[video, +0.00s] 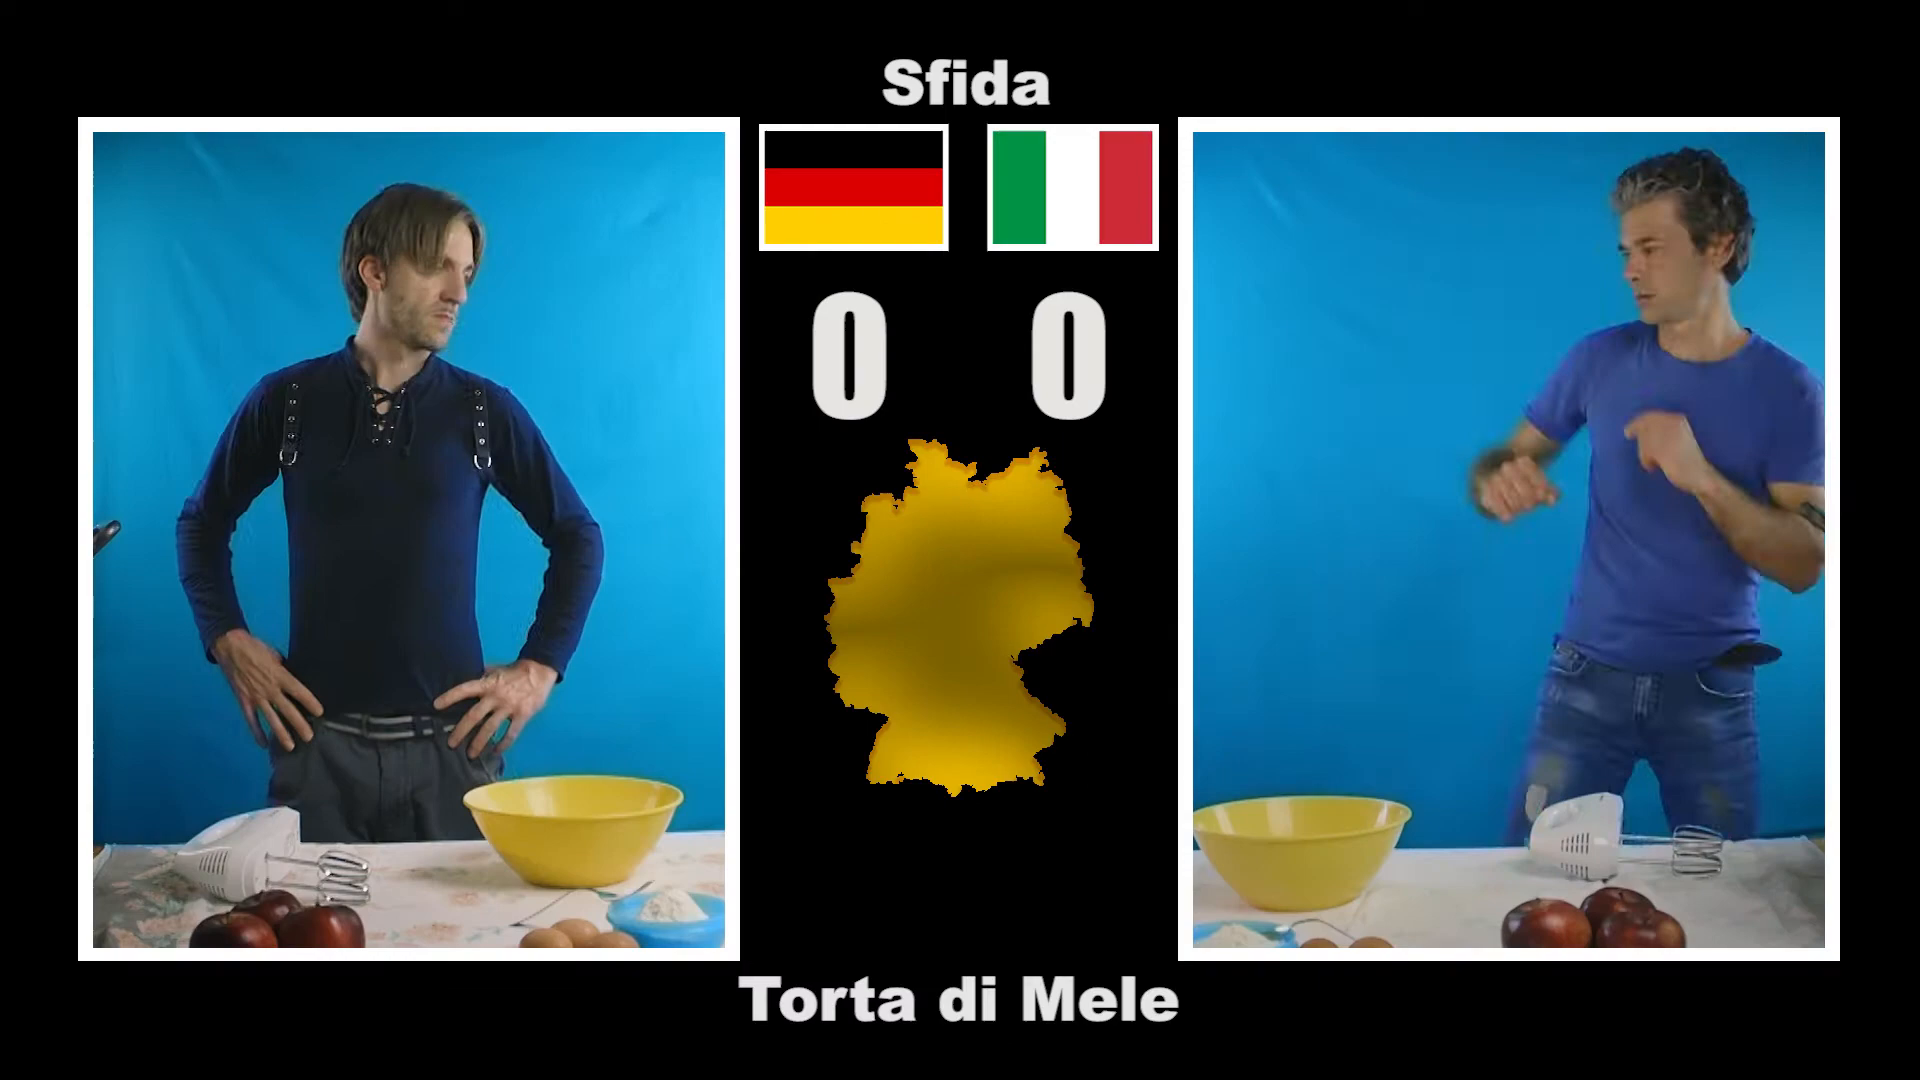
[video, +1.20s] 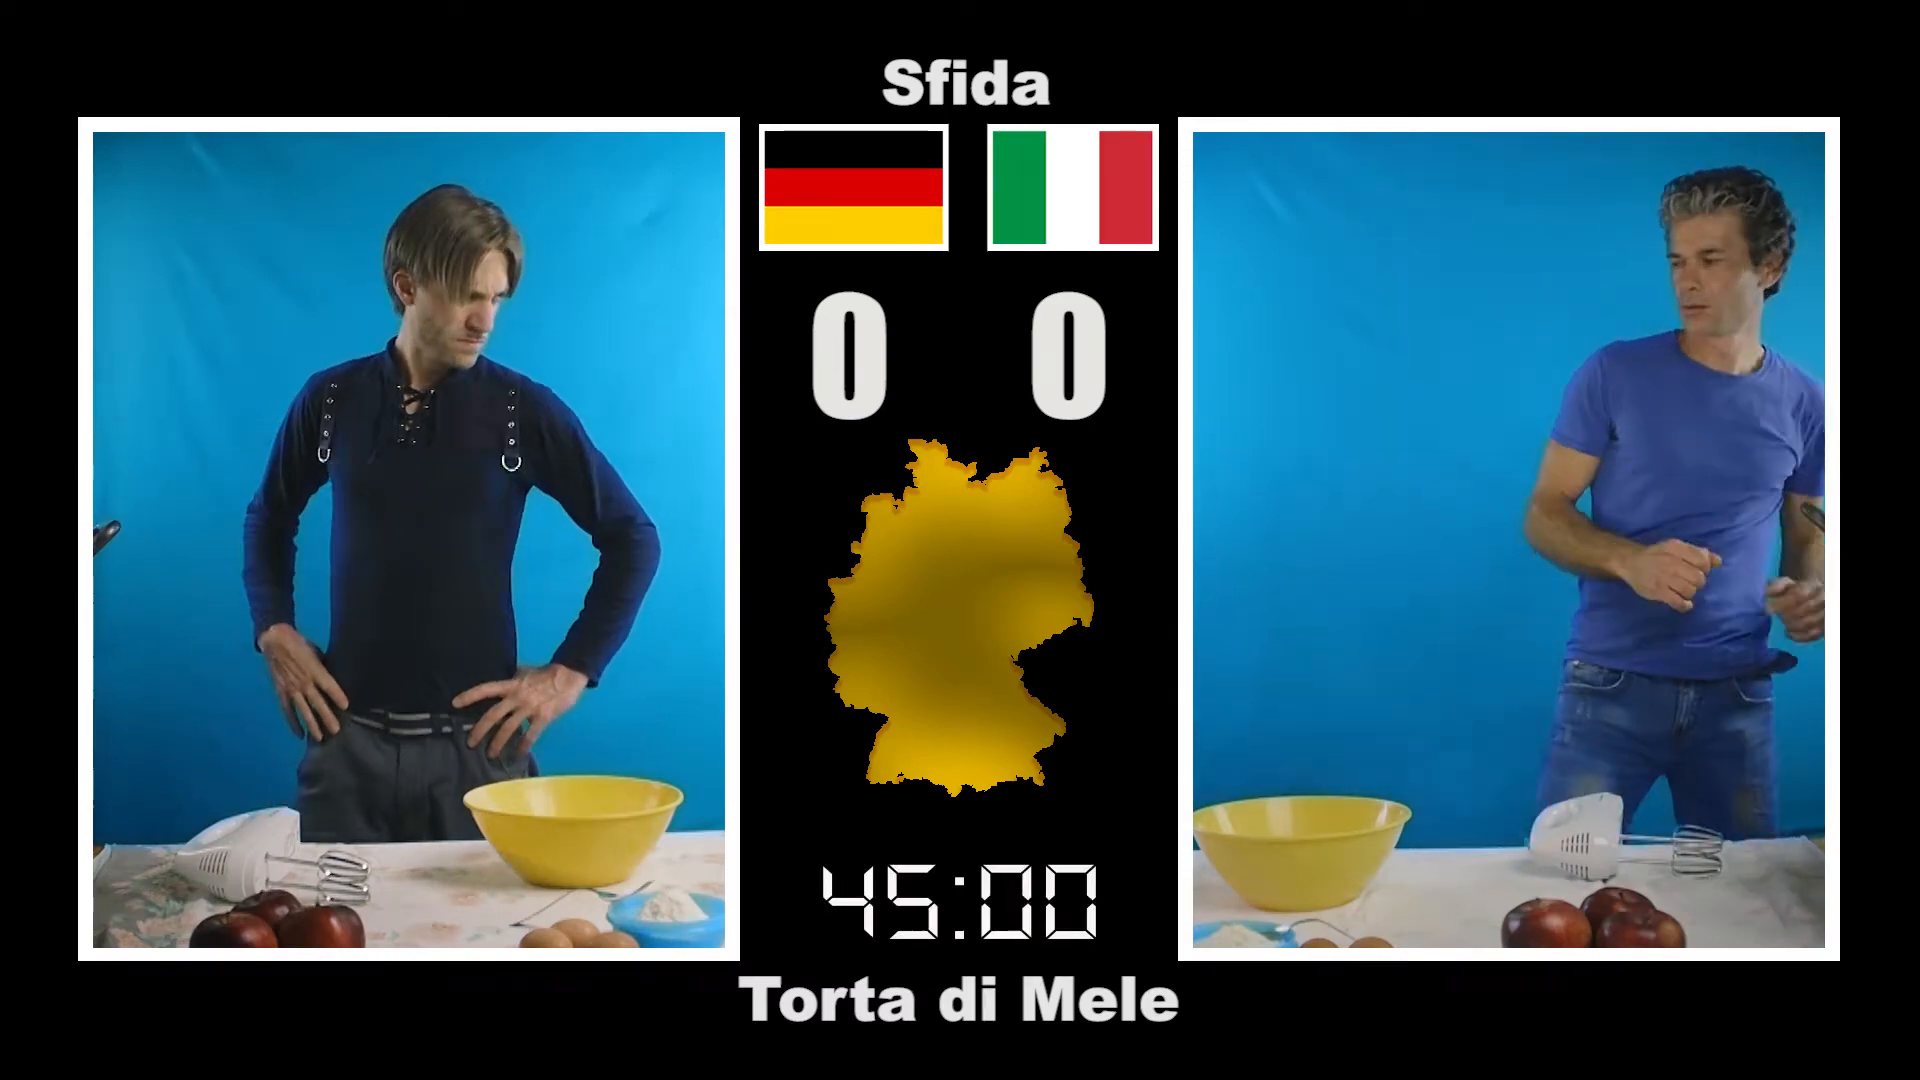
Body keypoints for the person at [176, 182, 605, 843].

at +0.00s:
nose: (457, 291)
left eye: (465, 274)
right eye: (435, 267)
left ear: (471, 281)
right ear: (372, 272)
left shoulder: (485, 411)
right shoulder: (286, 403)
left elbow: (578, 538)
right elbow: (202, 524)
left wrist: (539, 668)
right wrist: (228, 638)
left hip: (451, 753)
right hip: (320, 752)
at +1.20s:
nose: (483, 318)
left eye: (496, 299)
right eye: (466, 296)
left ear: (507, 296)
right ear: (405, 284)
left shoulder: (525, 413)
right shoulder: (331, 402)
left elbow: (632, 539)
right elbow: (270, 517)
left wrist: (569, 671)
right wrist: (274, 630)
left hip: (477, 753)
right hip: (349, 749)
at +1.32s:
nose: (271, 320)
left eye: (281, 295)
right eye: (247, 303)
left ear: (295, 286)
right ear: (203, 304)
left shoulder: (361, 401)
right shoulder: (176, 440)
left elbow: (426, 540)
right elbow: (152, 609)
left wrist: (460, 674)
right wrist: (191, 741)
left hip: (403, 723)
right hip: (275, 741)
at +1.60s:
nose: (310, 312)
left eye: (324, 288)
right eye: (287, 293)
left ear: (345, 288)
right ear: (255, 303)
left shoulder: (420, 407)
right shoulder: (231, 438)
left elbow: (494, 552)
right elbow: (205, 592)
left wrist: (532, 695)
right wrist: (212, 718)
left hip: (427, 739)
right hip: (295, 748)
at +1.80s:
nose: (374, 314)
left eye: (391, 291)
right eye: (352, 295)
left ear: (420, 292)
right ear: (327, 304)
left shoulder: (482, 421)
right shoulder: (294, 441)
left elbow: (555, 565)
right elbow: (258, 591)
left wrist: (598, 706)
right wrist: (246, 719)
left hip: (470, 749)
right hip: (340, 758)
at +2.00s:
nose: (439, 320)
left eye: (458, 297)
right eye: (419, 298)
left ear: (490, 295)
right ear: (393, 296)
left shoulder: (531, 429)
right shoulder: (338, 425)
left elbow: (595, 570)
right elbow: (299, 571)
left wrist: (645, 702)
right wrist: (298, 708)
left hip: (491, 745)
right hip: (358, 750)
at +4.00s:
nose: (461, 377)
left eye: (480, 354)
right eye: (444, 351)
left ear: (500, 342)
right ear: (404, 327)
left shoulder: (500, 439)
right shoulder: (334, 433)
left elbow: (522, 569)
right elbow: (264, 600)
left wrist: (591, 658)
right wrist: (349, 700)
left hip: (463, 739)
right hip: (346, 747)